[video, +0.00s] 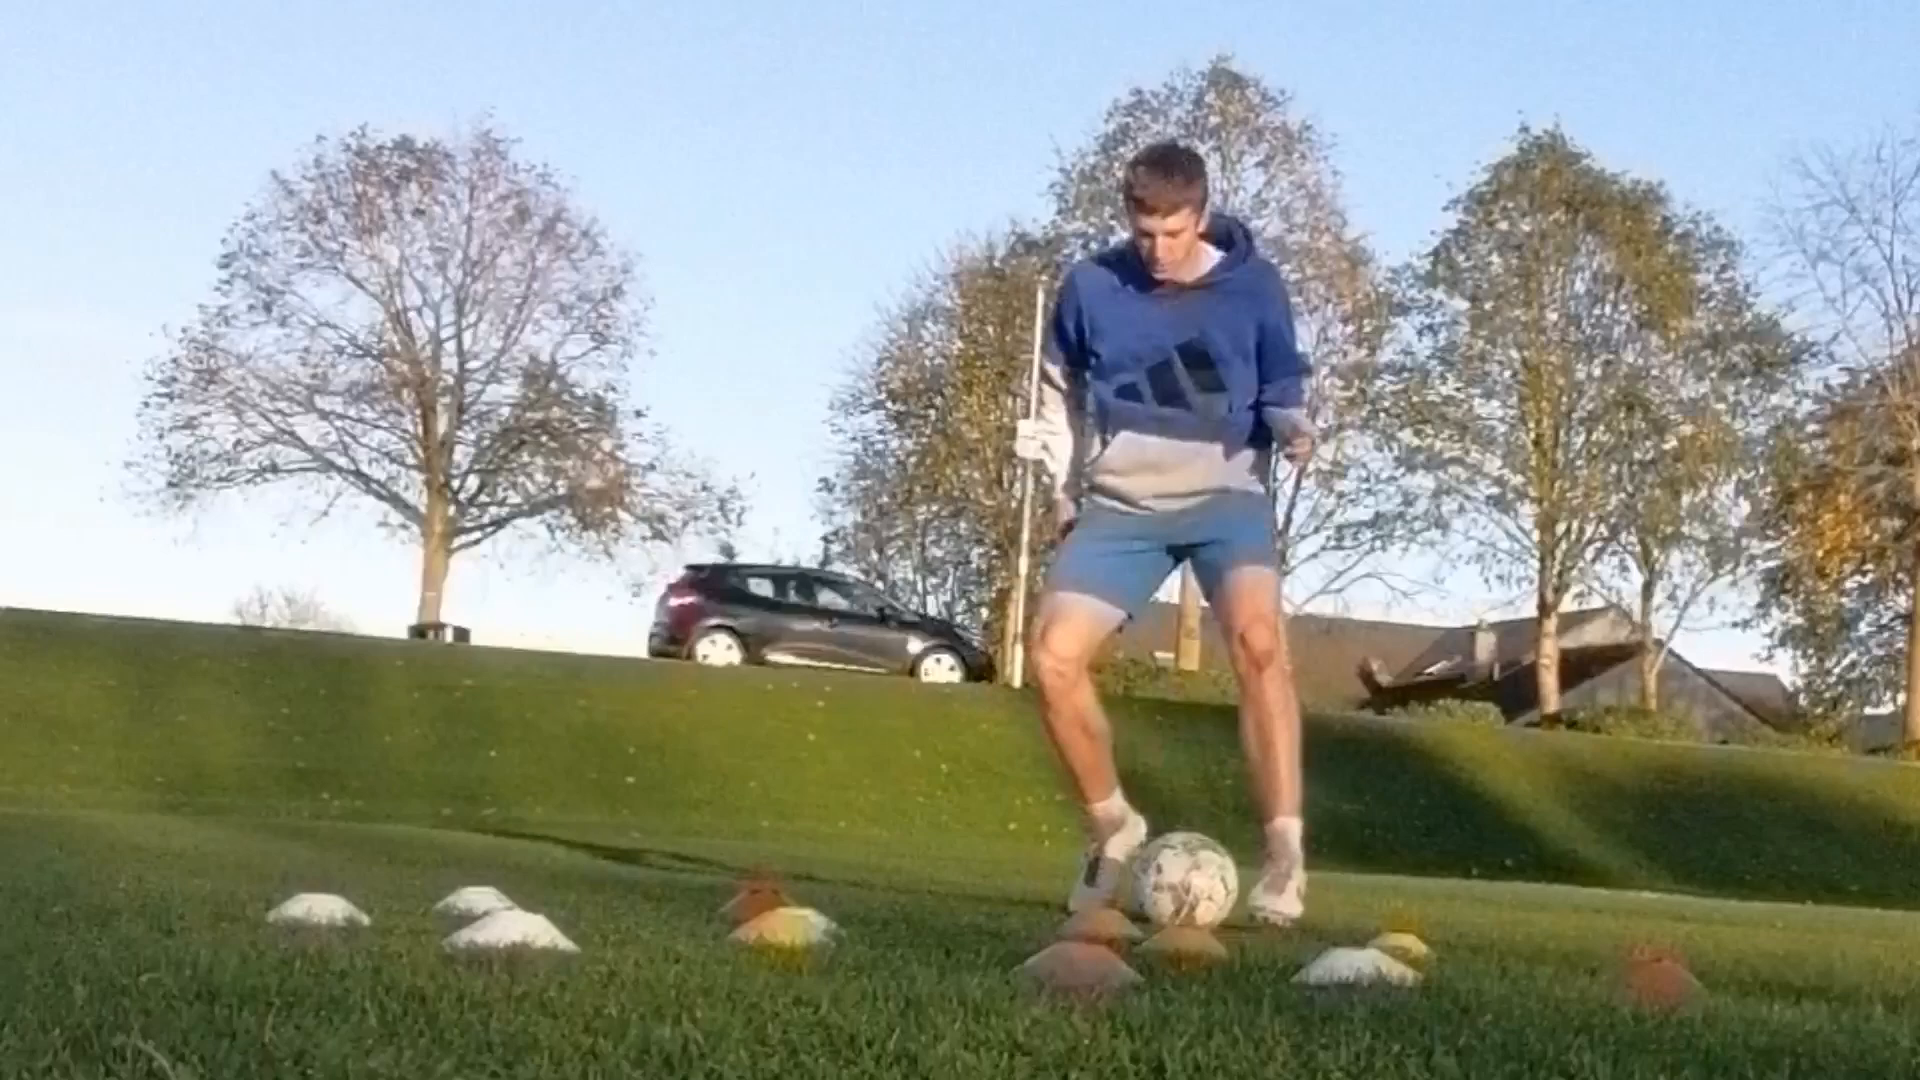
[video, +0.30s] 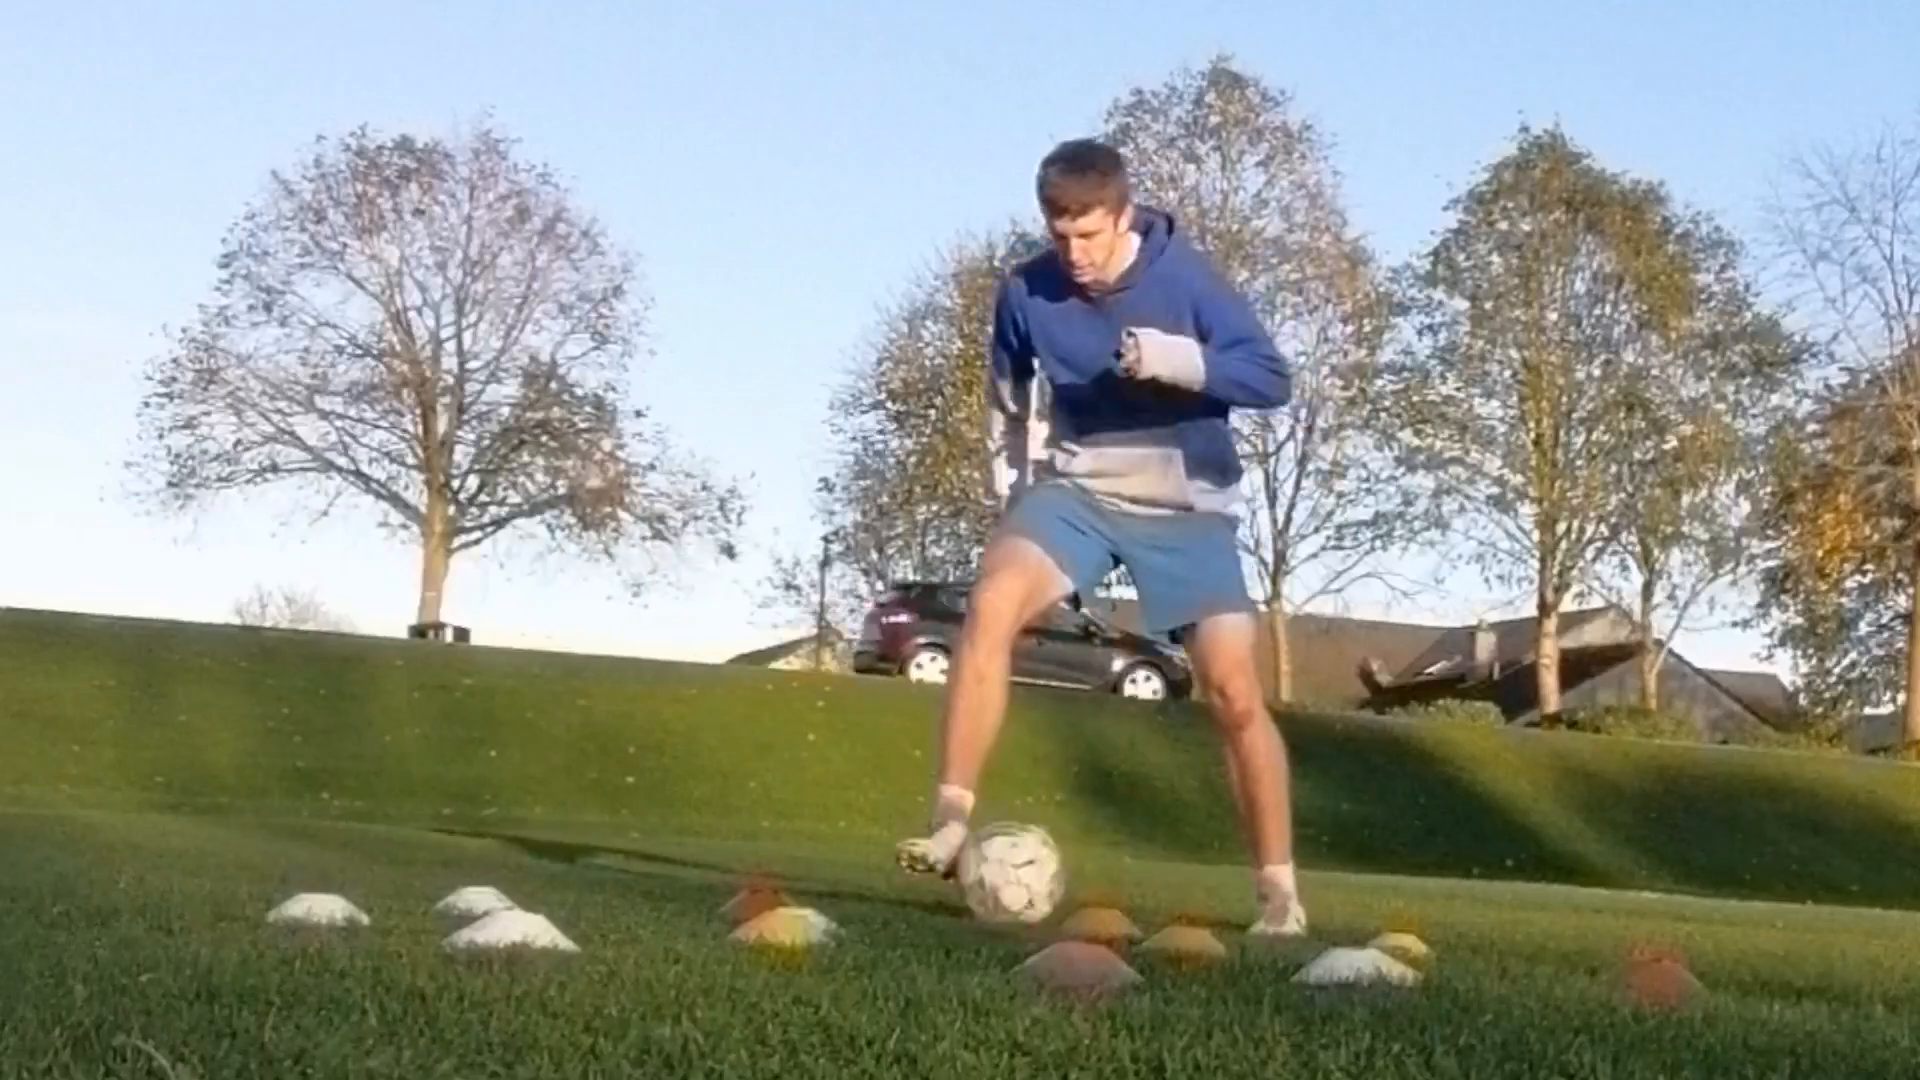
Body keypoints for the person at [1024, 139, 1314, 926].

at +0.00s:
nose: (1154, 243)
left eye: (1169, 229)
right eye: (1143, 227)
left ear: (1199, 213)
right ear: (1127, 212)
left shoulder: (1255, 285)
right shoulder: (1088, 288)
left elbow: (1283, 393)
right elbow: (1055, 394)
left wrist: (1292, 429)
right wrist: (1062, 487)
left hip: (1229, 507)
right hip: (1119, 511)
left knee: (1258, 642)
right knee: (1054, 656)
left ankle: (1283, 852)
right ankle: (1114, 827)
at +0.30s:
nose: (1074, 251)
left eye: (1089, 234)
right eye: (1060, 234)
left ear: (1125, 215)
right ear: (1044, 220)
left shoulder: (1183, 274)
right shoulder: (1027, 291)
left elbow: (1272, 379)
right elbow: (1009, 395)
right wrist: (1014, 490)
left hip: (1189, 511)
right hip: (1076, 496)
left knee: (1235, 696)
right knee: (992, 603)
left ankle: (1279, 891)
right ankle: (951, 819)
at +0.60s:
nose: (990, 146)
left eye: (1008, 131)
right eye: (978, 128)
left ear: (1039, 113)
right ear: (958, 107)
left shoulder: (1091, 190)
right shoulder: (904, 180)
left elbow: (1159, 269)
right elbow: (849, 290)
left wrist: (1147, 361)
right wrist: (852, 409)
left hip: (1036, 440)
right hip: (913, 437)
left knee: (1079, 602)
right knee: (870, 616)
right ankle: (882, 837)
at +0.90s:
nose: (809, 138)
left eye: (829, 120)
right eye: (797, 118)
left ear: (863, 110)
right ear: (779, 107)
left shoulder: (912, 205)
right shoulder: (744, 178)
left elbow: (1015, 314)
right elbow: (703, 285)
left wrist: (946, 283)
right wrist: (675, 399)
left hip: (826, 482)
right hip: (707, 442)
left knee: (865, 684)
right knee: (574, 555)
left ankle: (923, 858)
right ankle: (529, 797)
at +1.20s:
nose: (622, 127)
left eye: (641, 107)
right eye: (605, 106)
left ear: (674, 93)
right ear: (584, 95)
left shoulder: (745, 185)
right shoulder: (540, 183)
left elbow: (837, 257)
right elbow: (440, 290)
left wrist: (855, 305)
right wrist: (369, 405)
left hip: (676, 465)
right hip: (547, 451)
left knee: (667, 605)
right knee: (453, 637)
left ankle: (571, 812)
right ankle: (417, 853)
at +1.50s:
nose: (641, 26)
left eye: (662, 9)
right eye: (627, 7)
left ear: (701, 3)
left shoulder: (754, 100)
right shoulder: (557, 56)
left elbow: (796, 263)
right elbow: (509, 155)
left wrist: (747, 302)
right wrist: (490, 271)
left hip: (692, 381)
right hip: (559, 384)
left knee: (734, 550)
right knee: (570, 625)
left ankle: (785, 821)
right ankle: (612, 872)